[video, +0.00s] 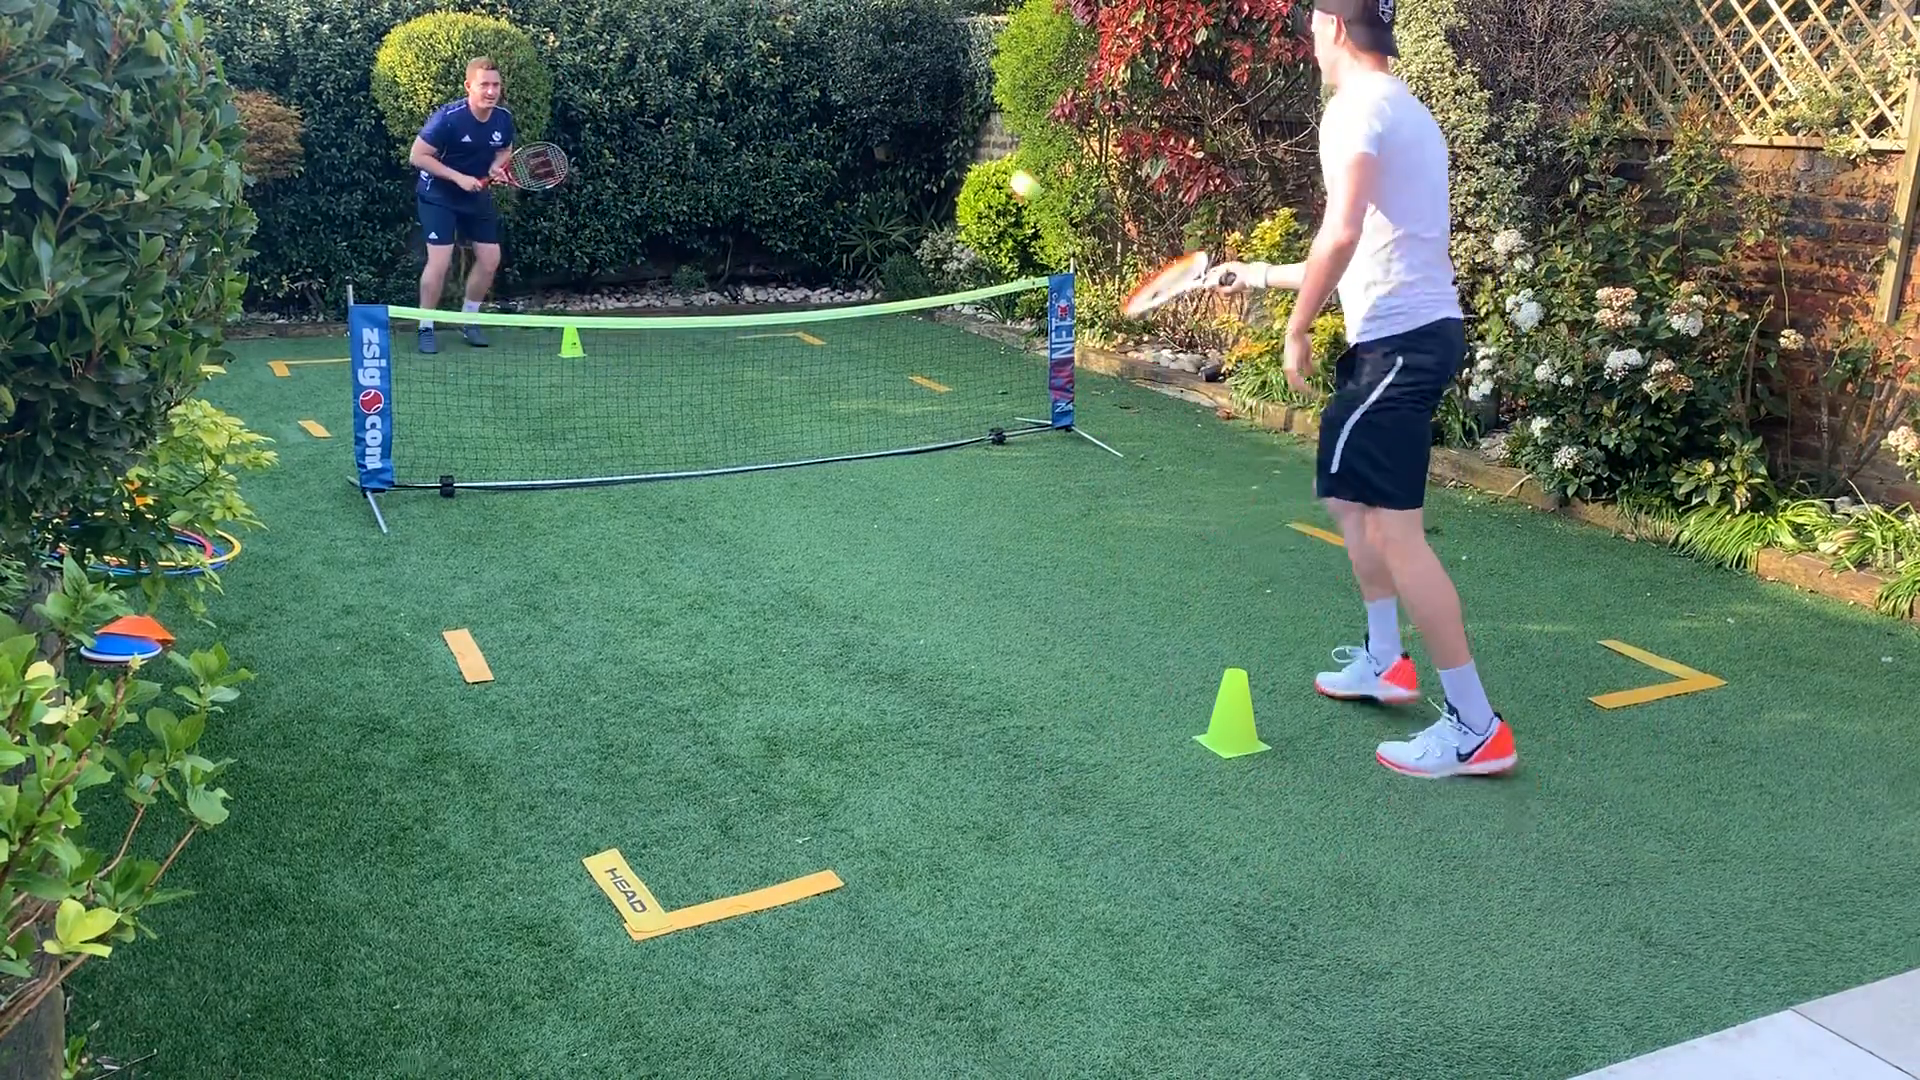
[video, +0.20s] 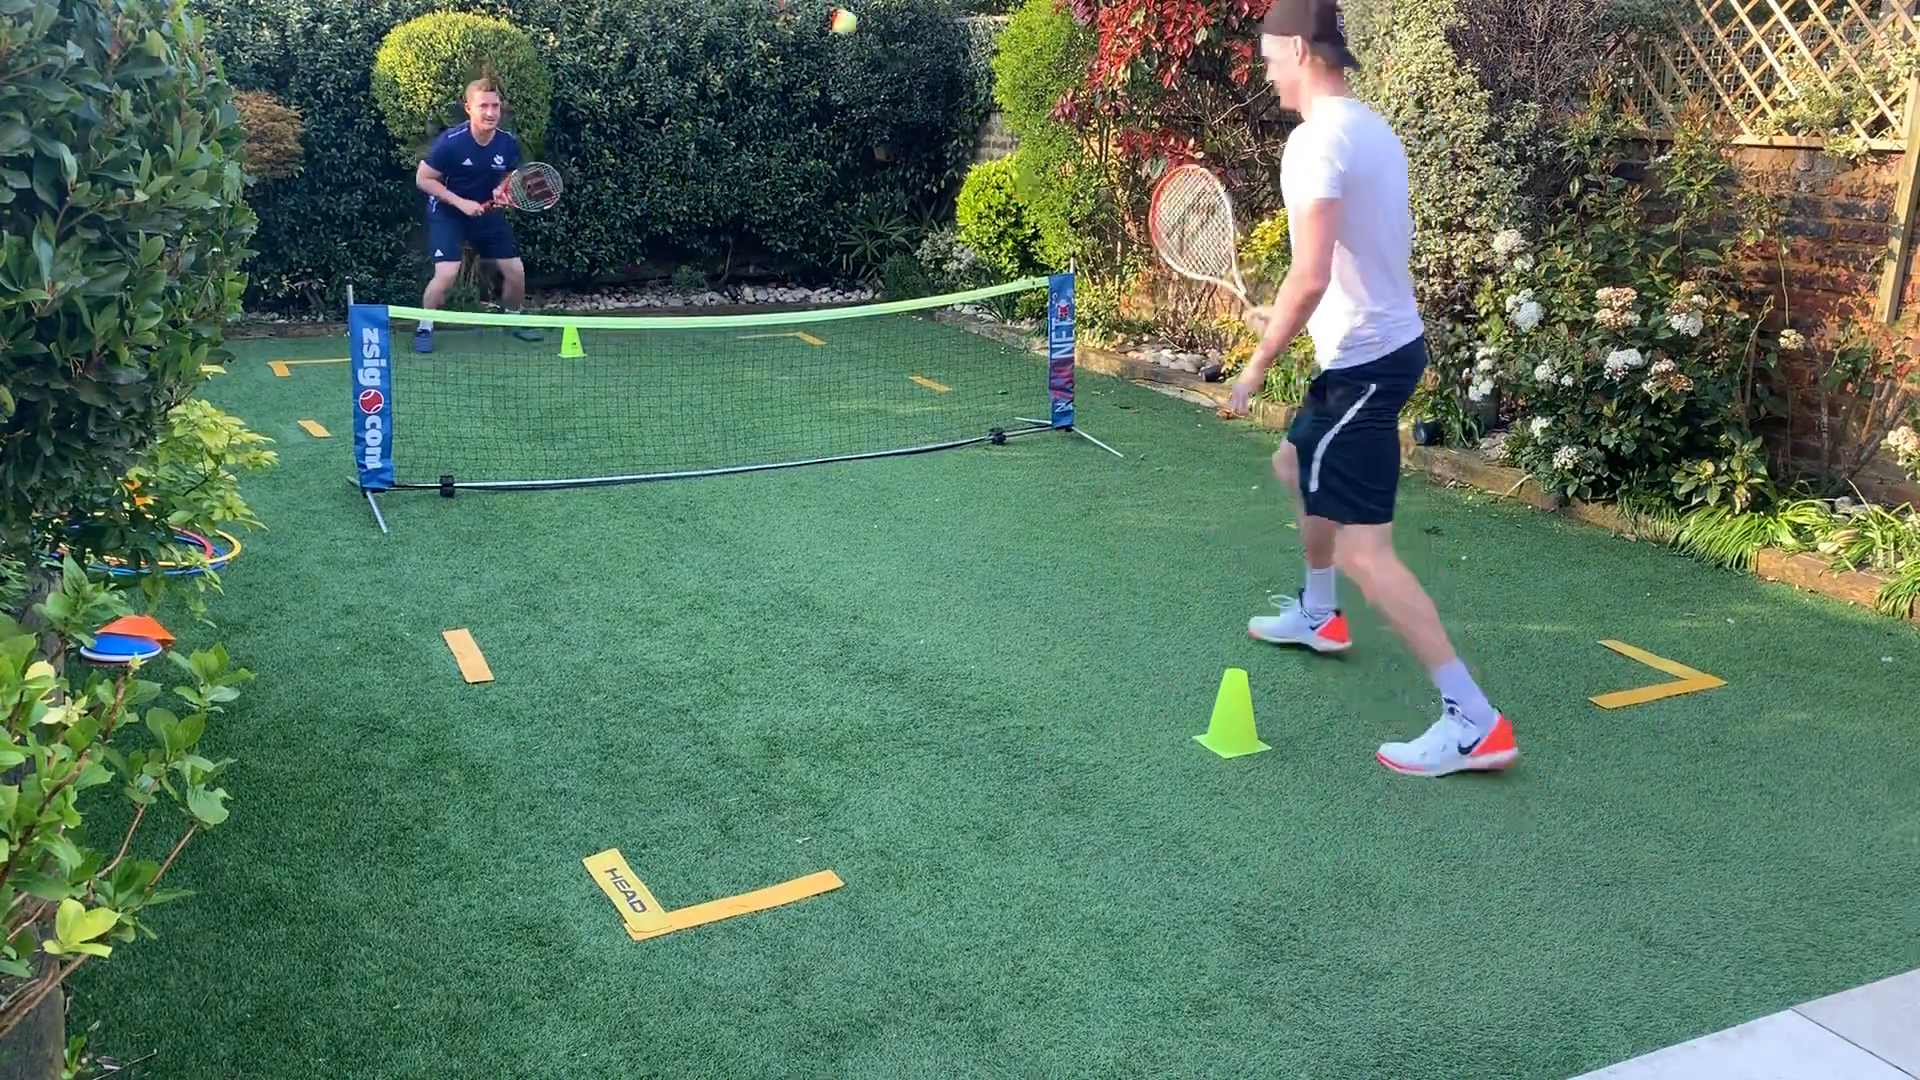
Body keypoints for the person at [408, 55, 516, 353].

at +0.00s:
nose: (492, 91)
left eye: (496, 85)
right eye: (485, 85)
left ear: (501, 88)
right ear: (469, 87)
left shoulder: (503, 120)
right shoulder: (447, 118)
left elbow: (503, 152)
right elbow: (418, 156)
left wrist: (496, 168)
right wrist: (459, 177)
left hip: (477, 194)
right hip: (438, 195)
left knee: (490, 257)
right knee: (440, 259)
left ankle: (468, 321)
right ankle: (426, 326)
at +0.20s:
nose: (490, 113)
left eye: (495, 106)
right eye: (483, 106)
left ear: (501, 109)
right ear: (468, 109)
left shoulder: (508, 145)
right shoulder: (450, 142)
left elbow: (509, 178)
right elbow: (423, 178)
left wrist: (503, 193)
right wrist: (460, 202)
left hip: (488, 211)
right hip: (448, 211)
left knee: (515, 271)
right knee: (447, 272)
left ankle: (514, 322)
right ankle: (425, 328)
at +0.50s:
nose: (462, 102)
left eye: (467, 95)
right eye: (455, 96)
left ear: (475, 98)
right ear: (443, 99)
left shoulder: (491, 135)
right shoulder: (428, 135)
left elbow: (504, 181)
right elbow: (415, 169)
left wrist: (473, 187)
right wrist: (434, 194)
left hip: (481, 209)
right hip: (441, 210)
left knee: (508, 274)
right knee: (432, 272)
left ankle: (514, 322)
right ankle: (440, 330)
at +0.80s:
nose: (430, 95)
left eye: (435, 88)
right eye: (423, 89)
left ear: (445, 89)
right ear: (414, 92)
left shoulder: (465, 126)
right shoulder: (404, 128)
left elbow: (484, 173)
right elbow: (395, 169)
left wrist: (443, 182)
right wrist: (390, 200)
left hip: (464, 209)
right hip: (423, 211)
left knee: (469, 266)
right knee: (420, 275)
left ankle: (472, 329)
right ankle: (439, 328)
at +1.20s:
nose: (409, 114)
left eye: (414, 106)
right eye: (402, 108)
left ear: (426, 103)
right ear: (395, 111)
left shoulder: (456, 128)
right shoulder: (395, 145)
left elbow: (493, 159)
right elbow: (399, 193)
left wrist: (465, 188)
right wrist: (392, 239)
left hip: (468, 211)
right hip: (426, 212)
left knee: (469, 275)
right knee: (422, 269)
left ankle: (462, 335)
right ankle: (415, 344)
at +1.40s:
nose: (412, 114)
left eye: (416, 105)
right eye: (405, 108)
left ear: (428, 100)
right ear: (396, 109)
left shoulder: (458, 120)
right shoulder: (400, 148)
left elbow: (494, 146)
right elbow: (421, 197)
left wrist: (478, 180)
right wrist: (439, 233)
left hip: (476, 205)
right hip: (437, 212)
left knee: (487, 270)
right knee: (428, 271)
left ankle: (480, 328)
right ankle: (416, 344)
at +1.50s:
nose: (427, 108)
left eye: (432, 99)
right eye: (420, 103)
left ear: (444, 97)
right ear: (413, 106)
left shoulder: (474, 118)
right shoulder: (413, 145)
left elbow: (505, 144)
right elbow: (432, 189)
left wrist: (491, 173)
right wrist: (458, 211)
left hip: (484, 203)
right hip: (441, 207)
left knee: (505, 268)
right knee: (431, 273)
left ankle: (512, 337)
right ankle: (416, 344)